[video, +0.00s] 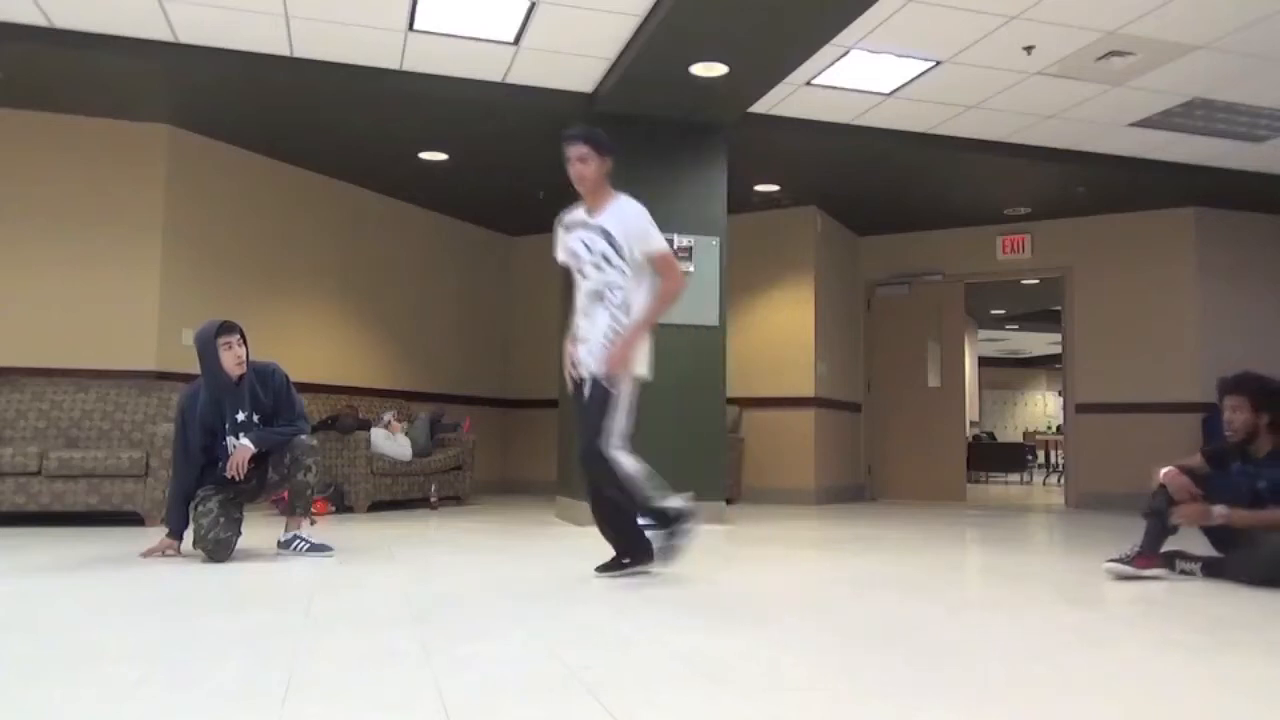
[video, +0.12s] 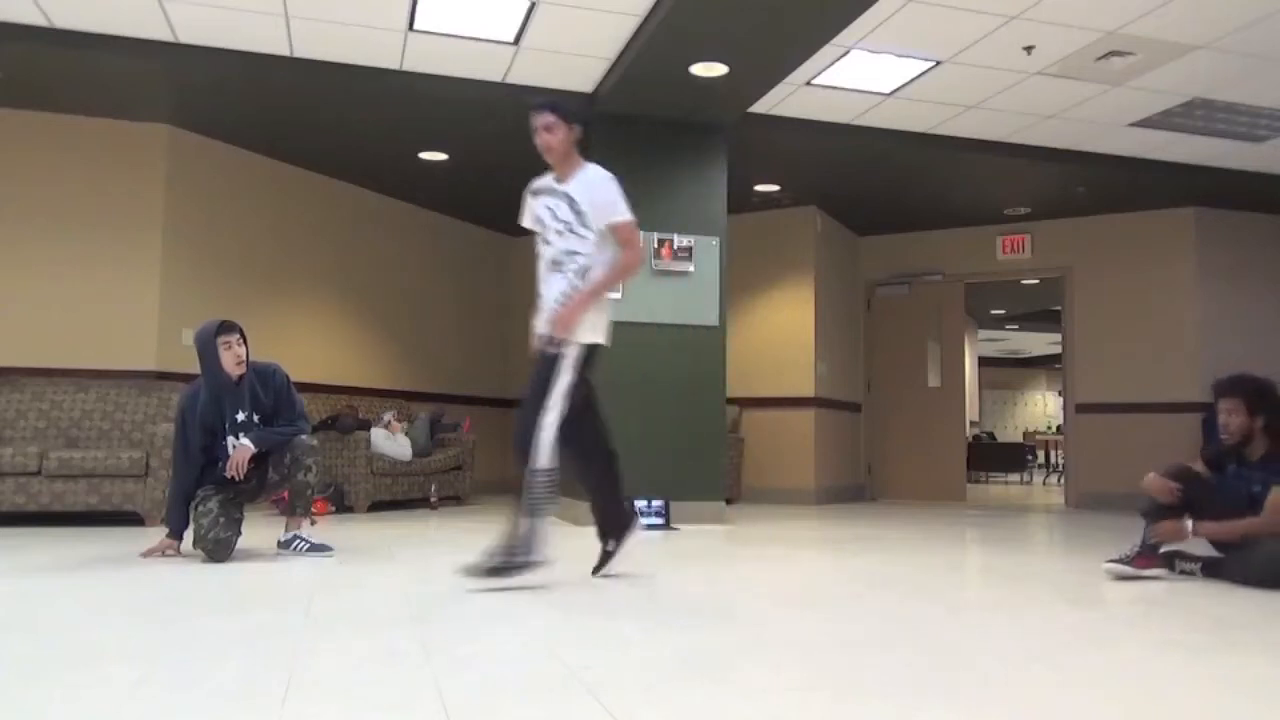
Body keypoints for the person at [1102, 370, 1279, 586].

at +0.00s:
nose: (1226, 419)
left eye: (1236, 411)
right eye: (1225, 411)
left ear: (1263, 416)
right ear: (1221, 413)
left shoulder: (1274, 460)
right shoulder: (1234, 452)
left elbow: (1275, 515)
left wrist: (1217, 515)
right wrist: (1167, 474)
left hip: (1266, 537)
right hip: (1234, 533)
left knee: (1268, 568)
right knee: (1174, 483)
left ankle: (1197, 565)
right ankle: (1147, 554)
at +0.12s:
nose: (1222, 421)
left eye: (1232, 414)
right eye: (1220, 413)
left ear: (1258, 420)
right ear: (1215, 414)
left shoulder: (1274, 463)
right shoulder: (1226, 456)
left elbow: (1270, 524)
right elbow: (1190, 479)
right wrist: (1150, 482)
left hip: (1264, 541)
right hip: (1230, 531)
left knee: (1268, 566)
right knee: (1178, 474)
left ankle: (1201, 566)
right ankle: (1149, 551)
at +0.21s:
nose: (1219, 424)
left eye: (1229, 417)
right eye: (1217, 416)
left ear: (1255, 424)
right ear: (1212, 417)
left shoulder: (1274, 464)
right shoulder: (1223, 458)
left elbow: (1271, 528)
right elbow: (1204, 497)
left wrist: (1193, 534)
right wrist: (1154, 496)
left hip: (1262, 540)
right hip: (1229, 528)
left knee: (1269, 568)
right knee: (1178, 475)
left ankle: (1207, 566)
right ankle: (1150, 551)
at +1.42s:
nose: (1217, 432)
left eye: (1227, 422)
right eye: (1213, 422)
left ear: (1253, 426)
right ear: (1208, 423)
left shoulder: (1273, 462)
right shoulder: (1220, 459)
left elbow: (1276, 527)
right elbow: (1208, 496)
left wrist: (1216, 522)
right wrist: (1163, 511)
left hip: (1266, 545)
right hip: (1234, 537)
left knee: (1270, 572)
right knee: (1185, 472)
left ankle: (1203, 566)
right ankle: (1149, 555)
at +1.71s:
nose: (1210, 434)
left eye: (1219, 424)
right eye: (1205, 426)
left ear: (1245, 425)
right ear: (1200, 428)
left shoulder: (1271, 459)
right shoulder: (1211, 458)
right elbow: (1197, 507)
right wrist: (1166, 538)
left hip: (1266, 540)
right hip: (1228, 530)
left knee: (1271, 572)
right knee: (1170, 475)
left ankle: (1203, 565)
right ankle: (1149, 552)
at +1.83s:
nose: (1212, 435)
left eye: (1221, 425)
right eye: (1206, 427)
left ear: (1247, 427)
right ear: (1201, 428)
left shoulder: (1271, 461)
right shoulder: (1214, 459)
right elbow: (1213, 502)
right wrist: (1189, 539)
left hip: (1267, 541)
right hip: (1231, 530)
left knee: (1271, 572)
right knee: (1168, 476)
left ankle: (1204, 565)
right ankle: (1146, 552)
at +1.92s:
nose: (1215, 435)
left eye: (1225, 424)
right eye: (1210, 426)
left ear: (1250, 427)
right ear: (1205, 428)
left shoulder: (1272, 462)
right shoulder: (1213, 456)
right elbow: (1213, 502)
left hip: (1268, 542)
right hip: (1231, 531)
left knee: (1272, 572)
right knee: (1167, 477)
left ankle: (1204, 566)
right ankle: (1145, 551)